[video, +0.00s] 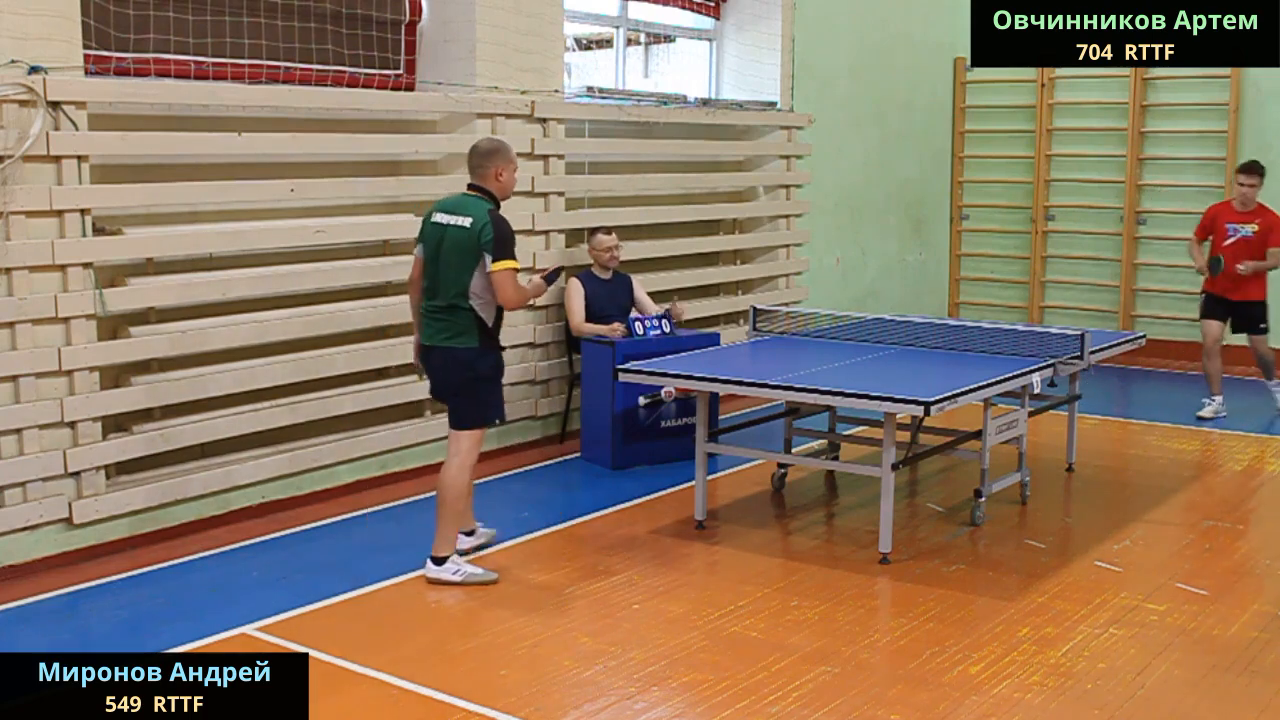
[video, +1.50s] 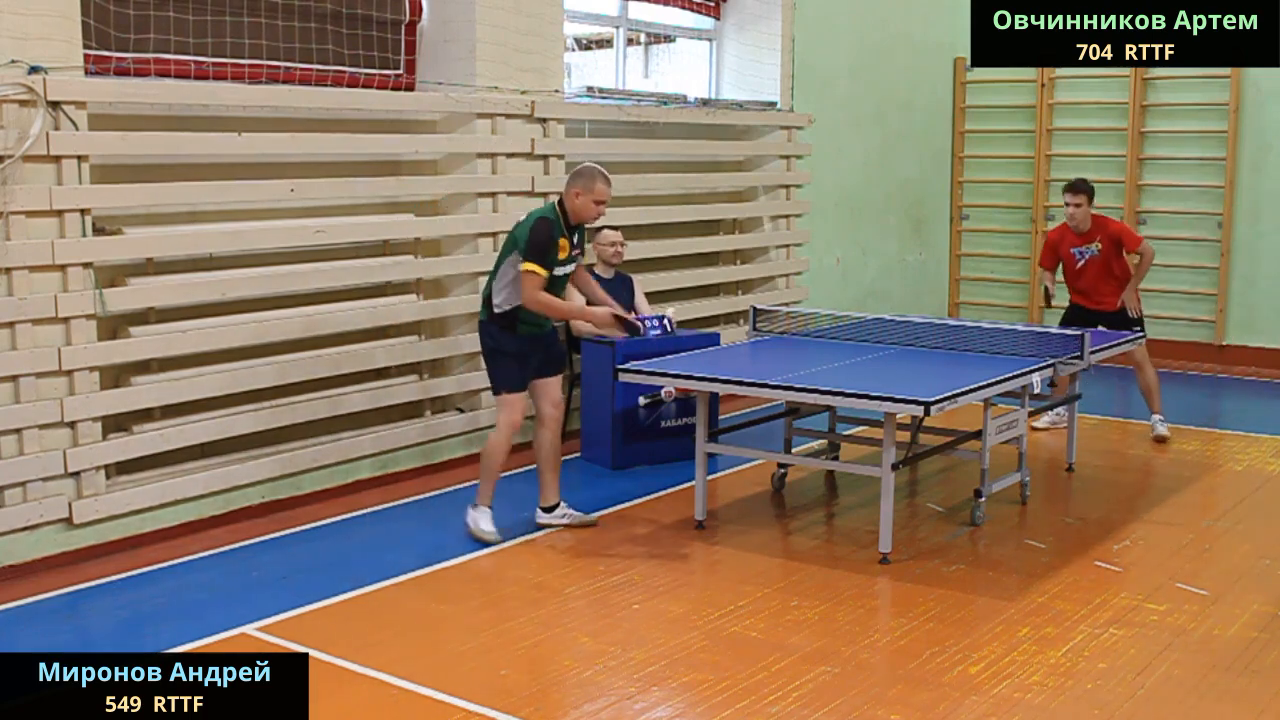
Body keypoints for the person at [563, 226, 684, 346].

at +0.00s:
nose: (615, 254)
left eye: (617, 248)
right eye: (607, 250)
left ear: (620, 247)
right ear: (592, 253)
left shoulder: (627, 281)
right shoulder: (577, 284)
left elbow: (655, 314)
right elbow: (577, 328)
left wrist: (671, 315)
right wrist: (607, 330)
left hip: (630, 349)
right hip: (595, 352)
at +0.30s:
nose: (614, 253)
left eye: (616, 246)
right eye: (606, 249)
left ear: (619, 247)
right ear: (591, 252)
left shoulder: (627, 281)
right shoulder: (578, 284)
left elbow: (651, 316)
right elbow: (577, 328)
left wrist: (669, 321)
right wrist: (607, 330)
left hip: (630, 348)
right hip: (595, 352)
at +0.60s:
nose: (617, 251)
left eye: (619, 246)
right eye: (610, 246)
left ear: (622, 247)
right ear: (594, 249)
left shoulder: (629, 282)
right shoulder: (578, 285)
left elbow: (649, 317)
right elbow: (577, 328)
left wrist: (667, 324)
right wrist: (607, 330)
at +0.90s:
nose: (618, 250)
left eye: (622, 245)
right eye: (612, 245)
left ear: (625, 248)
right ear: (595, 248)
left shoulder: (630, 282)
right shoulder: (579, 282)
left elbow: (649, 319)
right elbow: (577, 327)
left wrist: (666, 322)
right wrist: (607, 330)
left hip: (629, 348)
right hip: (595, 349)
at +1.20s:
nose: (619, 250)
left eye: (622, 245)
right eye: (612, 245)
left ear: (625, 247)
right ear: (596, 248)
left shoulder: (629, 282)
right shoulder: (579, 282)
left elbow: (649, 320)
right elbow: (577, 329)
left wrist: (667, 323)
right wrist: (610, 330)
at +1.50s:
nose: (619, 250)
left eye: (622, 245)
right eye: (612, 245)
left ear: (625, 247)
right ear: (595, 248)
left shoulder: (630, 281)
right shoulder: (580, 279)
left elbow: (649, 318)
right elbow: (577, 328)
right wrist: (616, 333)